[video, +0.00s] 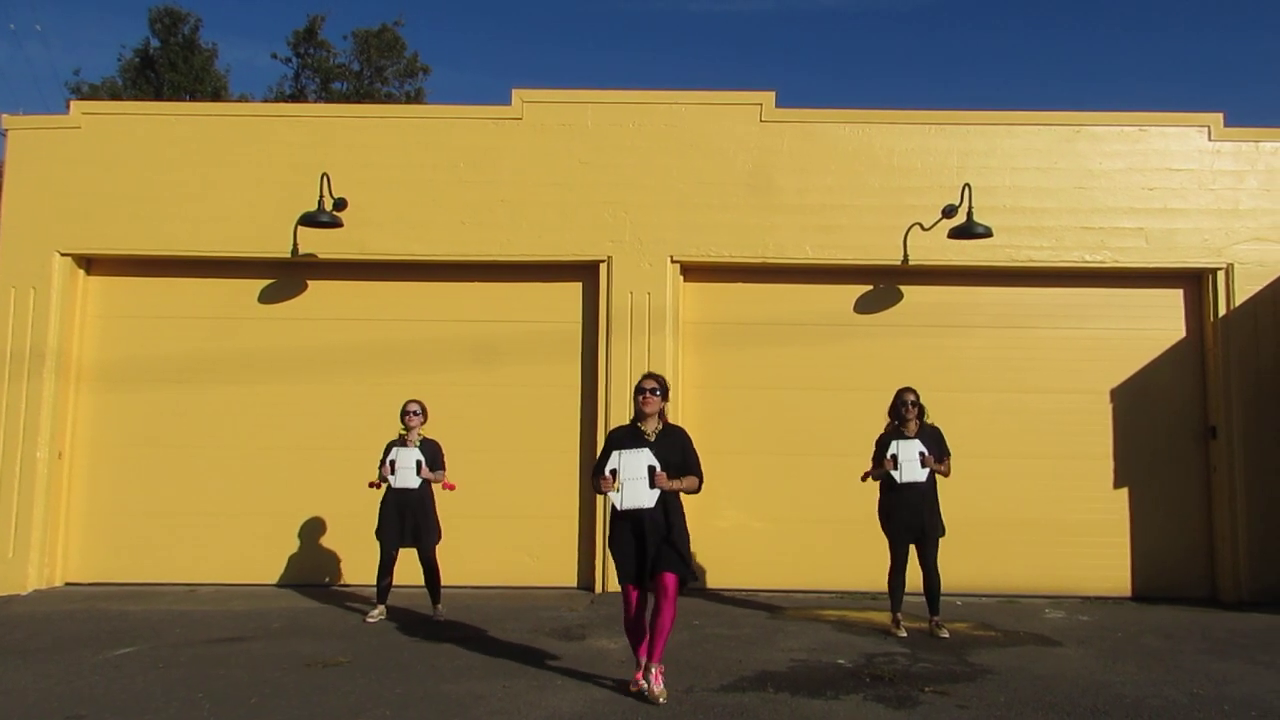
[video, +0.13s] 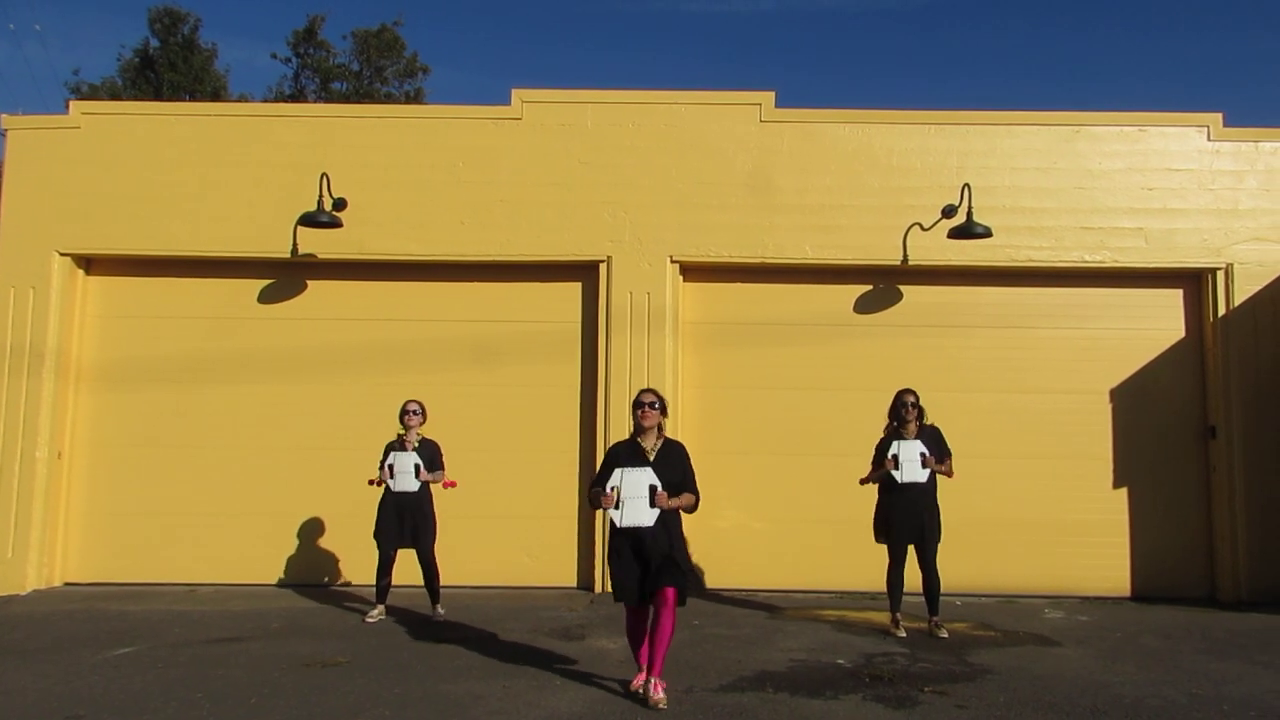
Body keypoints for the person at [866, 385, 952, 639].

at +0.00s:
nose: (909, 408)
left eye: (913, 404)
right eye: (903, 404)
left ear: (919, 407)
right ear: (896, 408)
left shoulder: (932, 434)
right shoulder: (886, 439)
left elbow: (946, 471)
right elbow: (874, 475)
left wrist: (933, 465)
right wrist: (885, 469)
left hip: (926, 511)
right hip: (896, 512)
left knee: (930, 565)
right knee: (898, 563)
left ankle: (935, 619)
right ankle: (896, 618)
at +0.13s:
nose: (908, 409)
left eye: (912, 405)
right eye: (903, 405)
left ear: (919, 408)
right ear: (895, 409)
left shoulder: (932, 434)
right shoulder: (887, 440)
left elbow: (949, 470)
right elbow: (872, 477)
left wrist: (934, 465)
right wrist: (885, 469)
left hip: (926, 511)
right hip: (896, 513)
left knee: (929, 565)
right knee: (896, 564)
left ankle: (934, 620)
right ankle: (895, 617)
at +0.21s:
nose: (909, 407)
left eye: (913, 403)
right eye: (903, 403)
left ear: (919, 406)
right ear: (896, 407)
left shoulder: (931, 433)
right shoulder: (887, 436)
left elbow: (946, 466)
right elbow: (872, 474)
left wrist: (936, 464)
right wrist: (886, 466)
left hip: (926, 510)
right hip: (896, 511)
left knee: (929, 564)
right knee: (898, 563)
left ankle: (934, 620)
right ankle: (895, 618)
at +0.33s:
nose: (909, 407)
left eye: (913, 404)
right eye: (903, 404)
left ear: (919, 407)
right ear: (895, 408)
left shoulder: (929, 436)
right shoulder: (884, 437)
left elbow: (942, 475)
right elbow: (865, 471)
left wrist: (936, 468)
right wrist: (886, 470)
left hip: (926, 509)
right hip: (895, 510)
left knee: (929, 565)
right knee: (900, 564)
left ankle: (933, 620)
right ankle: (895, 620)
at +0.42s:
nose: (909, 413)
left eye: (913, 409)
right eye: (903, 409)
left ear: (919, 413)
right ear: (895, 414)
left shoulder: (928, 443)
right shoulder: (883, 443)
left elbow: (938, 481)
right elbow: (864, 475)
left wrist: (935, 474)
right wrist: (885, 475)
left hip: (924, 512)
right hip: (894, 513)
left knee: (929, 568)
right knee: (901, 567)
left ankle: (932, 621)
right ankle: (894, 621)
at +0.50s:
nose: (908, 413)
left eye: (912, 409)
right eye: (903, 409)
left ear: (918, 413)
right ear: (895, 414)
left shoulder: (927, 444)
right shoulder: (885, 441)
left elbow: (938, 483)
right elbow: (863, 475)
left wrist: (937, 470)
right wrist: (891, 467)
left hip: (923, 514)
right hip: (893, 513)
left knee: (928, 569)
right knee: (898, 567)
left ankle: (931, 621)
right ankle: (894, 621)